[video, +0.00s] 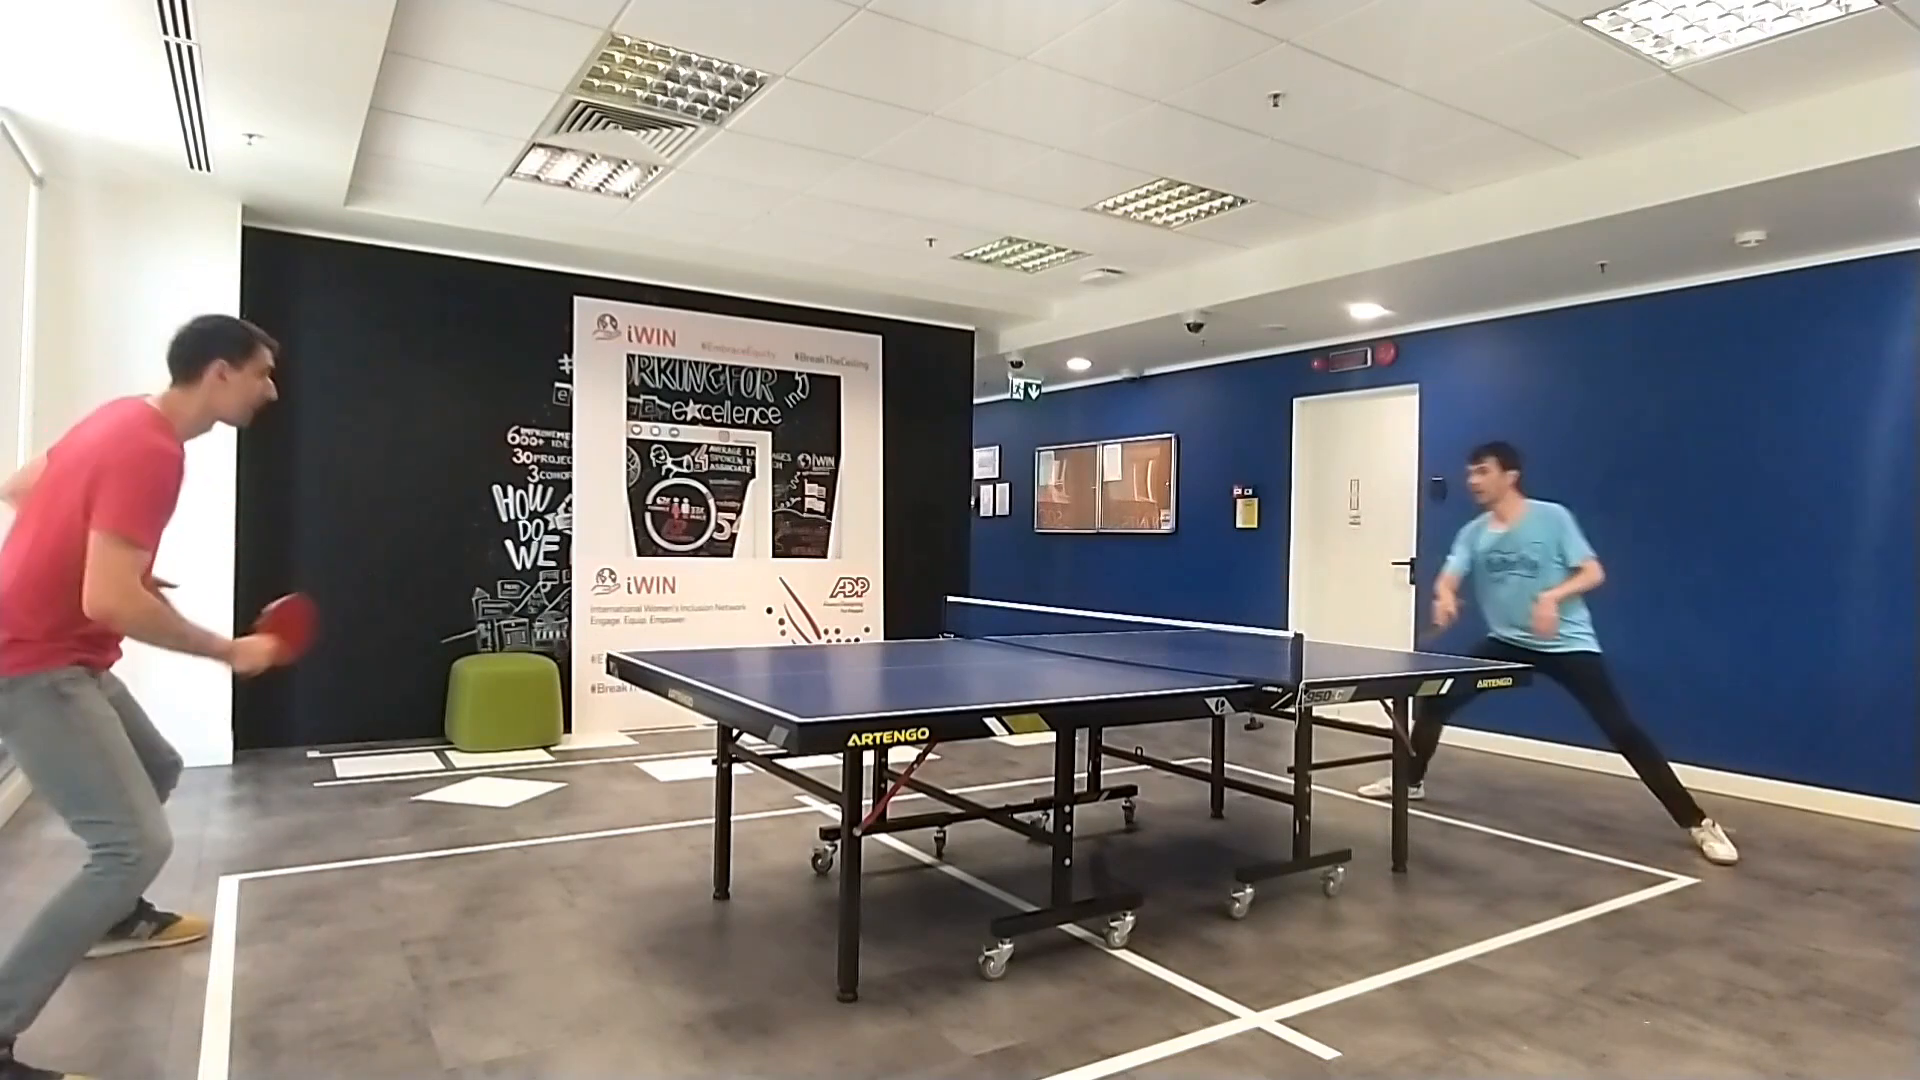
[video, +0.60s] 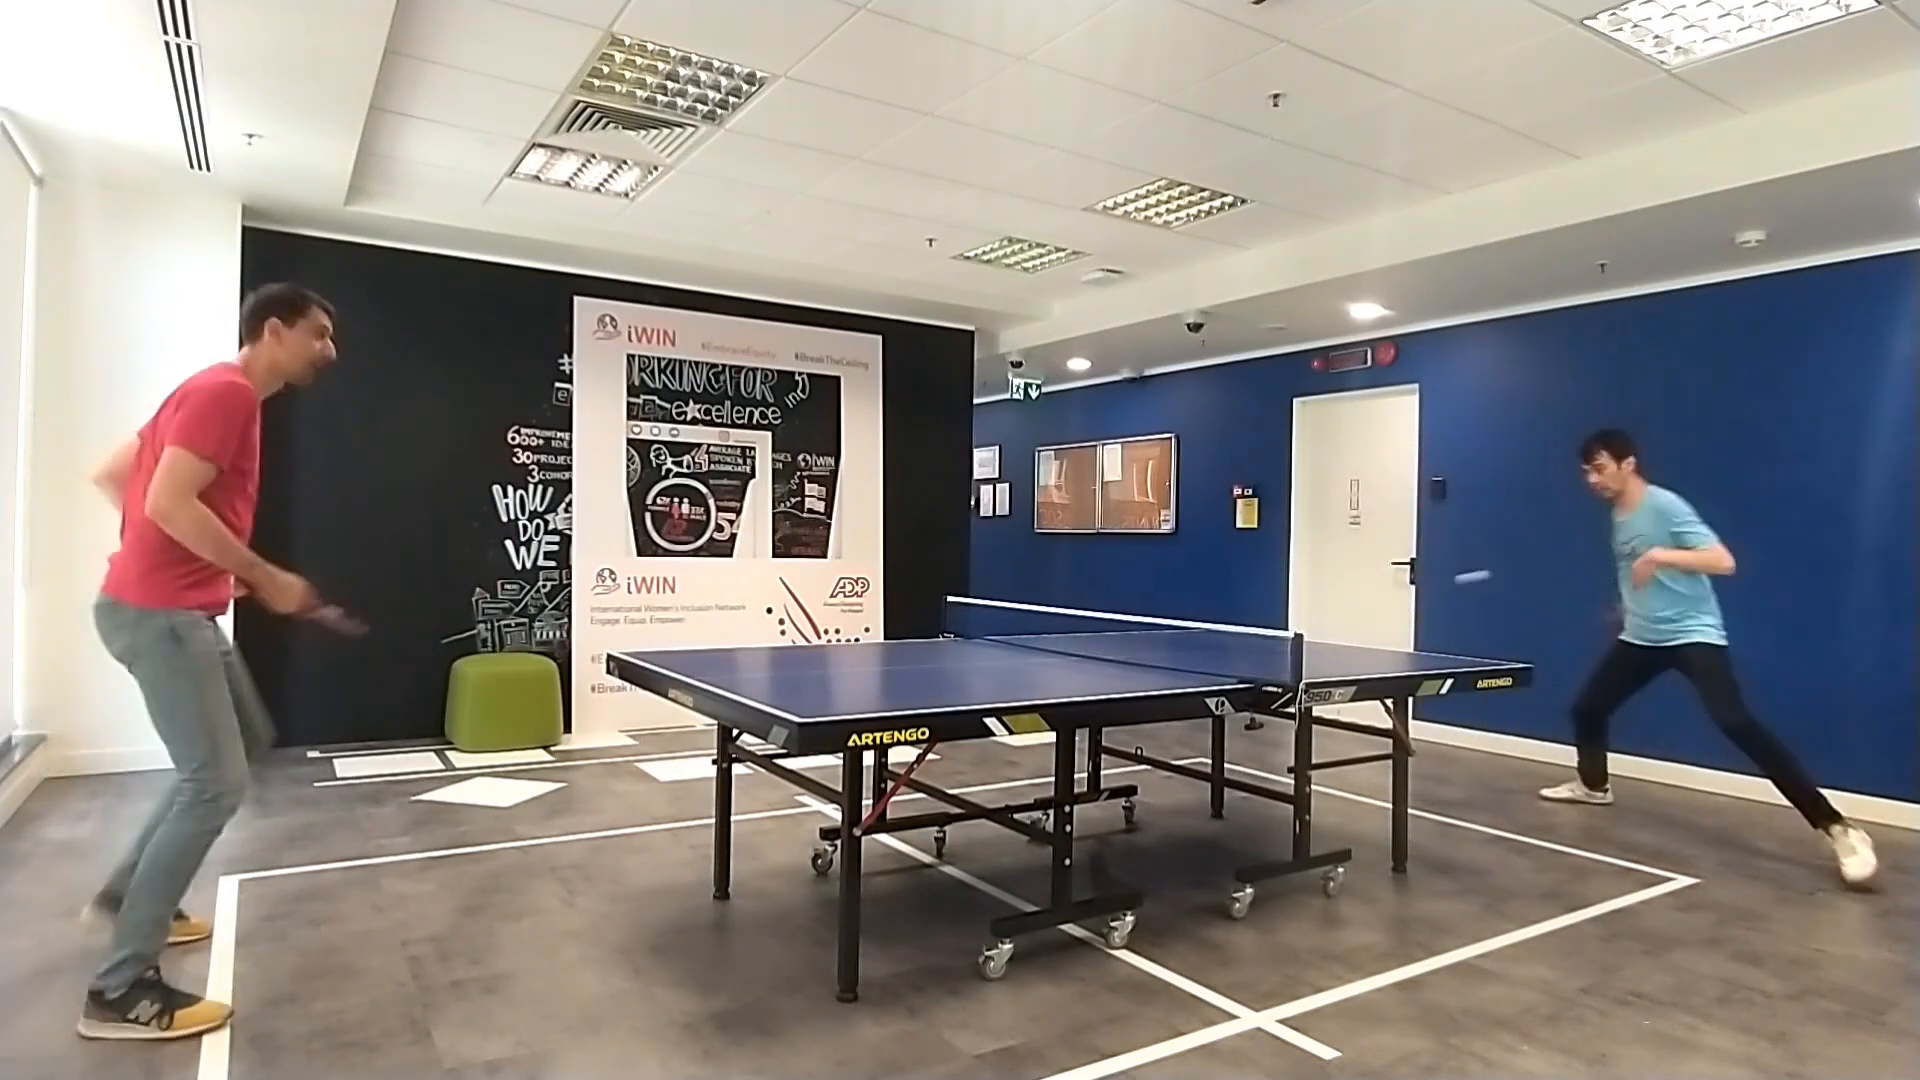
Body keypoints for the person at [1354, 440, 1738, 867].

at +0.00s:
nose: (1473, 481)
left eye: (1481, 473)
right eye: (1470, 474)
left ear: (1510, 476)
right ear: (1473, 482)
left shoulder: (1552, 517)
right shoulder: (1473, 532)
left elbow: (1592, 572)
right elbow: (1447, 579)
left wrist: (1551, 596)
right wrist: (1445, 599)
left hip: (1569, 648)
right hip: (1507, 645)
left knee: (1622, 730)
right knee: (1433, 700)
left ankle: (1698, 825)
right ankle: (1404, 780)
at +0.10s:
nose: (1518, 474)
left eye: (1527, 465)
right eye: (1516, 467)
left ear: (1557, 469)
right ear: (1518, 474)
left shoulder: (1598, 515)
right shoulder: (1518, 527)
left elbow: (1636, 574)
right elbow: (1496, 577)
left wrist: (1595, 601)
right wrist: (1482, 605)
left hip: (1603, 646)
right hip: (1541, 642)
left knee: (1642, 731)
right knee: (1473, 703)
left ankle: (1701, 826)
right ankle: (1417, 776)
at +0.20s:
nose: (1548, 462)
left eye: (1558, 453)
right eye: (1546, 455)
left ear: (1586, 459)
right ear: (1546, 462)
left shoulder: (1623, 507)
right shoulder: (1549, 514)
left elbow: (1670, 565)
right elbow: (1528, 566)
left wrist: (1626, 598)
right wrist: (1507, 585)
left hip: (1628, 637)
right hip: (1572, 629)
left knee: (1653, 726)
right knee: (1505, 682)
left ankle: (1703, 827)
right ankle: (1468, 776)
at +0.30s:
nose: (1561, 451)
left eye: (1570, 443)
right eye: (1557, 445)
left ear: (1598, 449)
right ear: (1556, 453)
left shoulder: (1636, 494)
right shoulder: (1559, 503)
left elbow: (1683, 552)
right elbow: (1539, 553)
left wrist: (1645, 577)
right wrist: (1511, 571)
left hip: (1647, 624)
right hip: (1589, 621)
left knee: (1670, 712)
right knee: (1528, 681)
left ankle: (1708, 821)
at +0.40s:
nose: (1565, 457)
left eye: (1574, 448)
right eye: (1562, 450)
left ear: (1601, 452)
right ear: (1561, 456)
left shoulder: (1639, 496)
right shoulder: (1564, 508)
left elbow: (1689, 550)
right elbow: (1546, 562)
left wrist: (1652, 567)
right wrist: (1510, 574)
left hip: (1658, 620)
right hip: (1606, 625)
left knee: (1683, 702)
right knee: (1560, 699)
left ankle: (1746, 812)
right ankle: (1590, 780)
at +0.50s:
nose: (1570, 474)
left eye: (1578, 464)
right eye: (1566, 466)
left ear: (1606, 465)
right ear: (1566, 471)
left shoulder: (1643, 508)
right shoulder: (1579, 524)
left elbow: (1698, 561)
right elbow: (1592, 576)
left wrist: (1650, 571)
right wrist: (1545, 599)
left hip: (1672, 628)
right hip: (1622, 634)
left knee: (1702, 712)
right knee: (1569, 704)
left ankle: (1802, 815)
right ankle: (1592, 786)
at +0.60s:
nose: (1591, 479)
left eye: (1598, 468)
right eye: (1587, 471)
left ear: (1628, 464)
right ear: (1598, 474)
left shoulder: (1666, 505)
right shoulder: (1618, 513)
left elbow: (1722, 560)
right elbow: (1646, 570)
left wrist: (1658, 558)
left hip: (1693, 637)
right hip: (1641, 638)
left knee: (1734, 722)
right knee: (1588, 709)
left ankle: (1837, 830)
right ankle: (1593, 785)